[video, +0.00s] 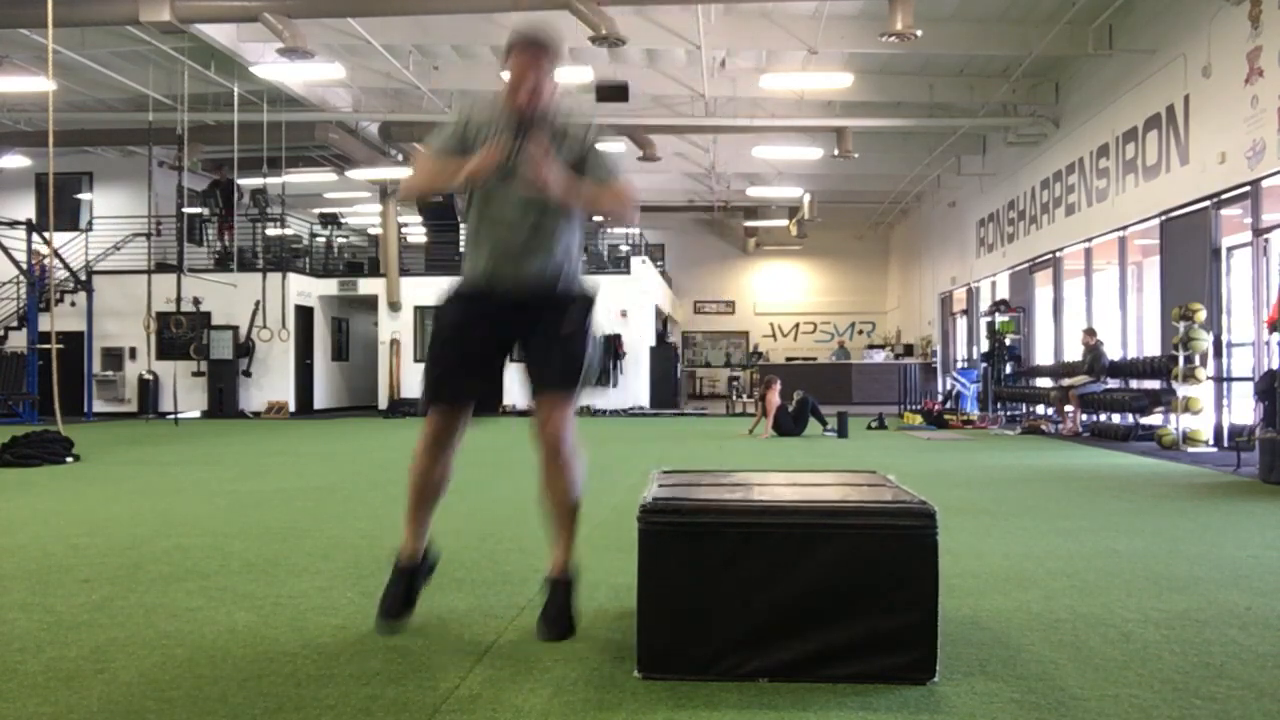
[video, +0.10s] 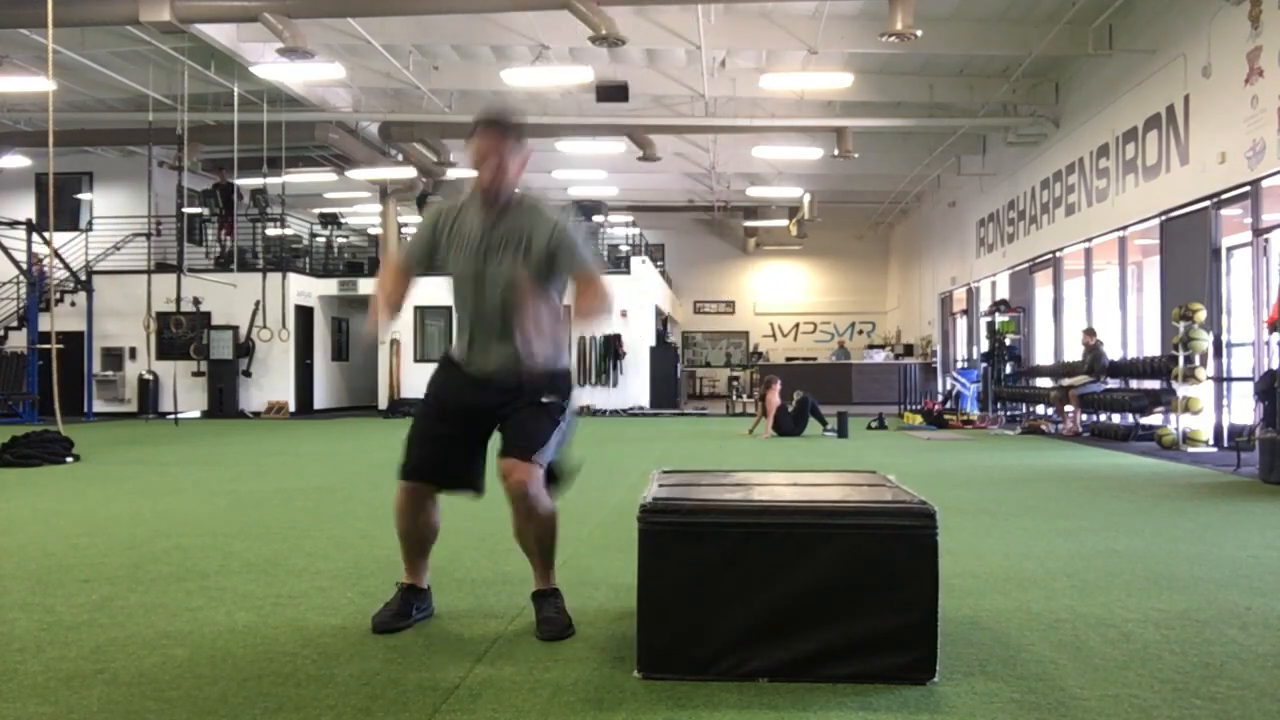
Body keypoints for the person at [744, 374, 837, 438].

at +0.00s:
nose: (780, 386)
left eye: (779, 384)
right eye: (778, 384)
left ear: (768, 385)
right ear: (773, 385)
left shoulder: (765, 396)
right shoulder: (773, 396)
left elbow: (759, 415)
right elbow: (770, 416)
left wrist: (751, 430)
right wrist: (766, 433)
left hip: (785, 430)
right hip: (792, 431)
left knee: (804, 399)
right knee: (807, 400)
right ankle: (826, 426)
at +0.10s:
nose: (780, 387)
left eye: (779, 384)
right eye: (778, 384)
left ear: (768, 385)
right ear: (773, 385)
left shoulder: (765, 396)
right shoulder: (773, 396)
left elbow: (759, 415)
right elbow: (770, 416)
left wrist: (751, 430)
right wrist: (766, 433)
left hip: (784, 430)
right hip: (792, 431)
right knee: (807, 400)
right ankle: (826, 426)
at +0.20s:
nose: (780, 386)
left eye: (780, 384)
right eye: (778, 384)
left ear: (768, 385)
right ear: (773, 385)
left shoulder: (766, 396)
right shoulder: (773, 396)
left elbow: (760, 415)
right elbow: (770, 416)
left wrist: (751, 430)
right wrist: (766, 433)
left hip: (784, 430)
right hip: (792, 431)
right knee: (807, 399)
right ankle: (826, 426)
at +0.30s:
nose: (780, 386)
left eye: (780, 384)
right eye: (778, 384)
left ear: (768, 385)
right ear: (773, 385)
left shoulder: (765, 396)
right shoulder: (773, 396)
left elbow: (760, 415)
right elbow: (770, 416)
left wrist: (751, 430)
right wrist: (766, 433)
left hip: (784, 430)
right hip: (792, 431)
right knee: (807, 399)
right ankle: (826, 426)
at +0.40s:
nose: (780, 387)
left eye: (780, 384)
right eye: (779, 384)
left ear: (768, 386)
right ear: (773, 385)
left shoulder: (765, 396)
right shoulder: (773, 396)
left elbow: (759, 415)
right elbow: (769, 416)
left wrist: (751, 430)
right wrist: (766, 433)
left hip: (784, 430)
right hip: (792, 431)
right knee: (806, 399)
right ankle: (826, 426)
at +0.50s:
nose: (780, 386)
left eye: (780, 384)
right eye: (778, 384)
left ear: (768, 385)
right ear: (773, 385)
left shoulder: (765, 396)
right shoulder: (773, 396)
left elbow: (760, 415)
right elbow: (770, 416)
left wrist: (751, 430)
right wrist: (766, 433)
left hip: (784, 430)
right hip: (792, 431)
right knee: (807, 399)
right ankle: (826, 426)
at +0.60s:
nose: (780, 387)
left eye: (779, 384)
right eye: (778, 384)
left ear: (768, 385)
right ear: (773, 385)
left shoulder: (765, 396)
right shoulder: (773, 396)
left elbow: (759, 415)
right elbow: (770, 416)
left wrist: (751, 430)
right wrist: (766, 433)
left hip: (784, 430)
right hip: (792, 431)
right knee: (807, 399)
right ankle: (826, 426)